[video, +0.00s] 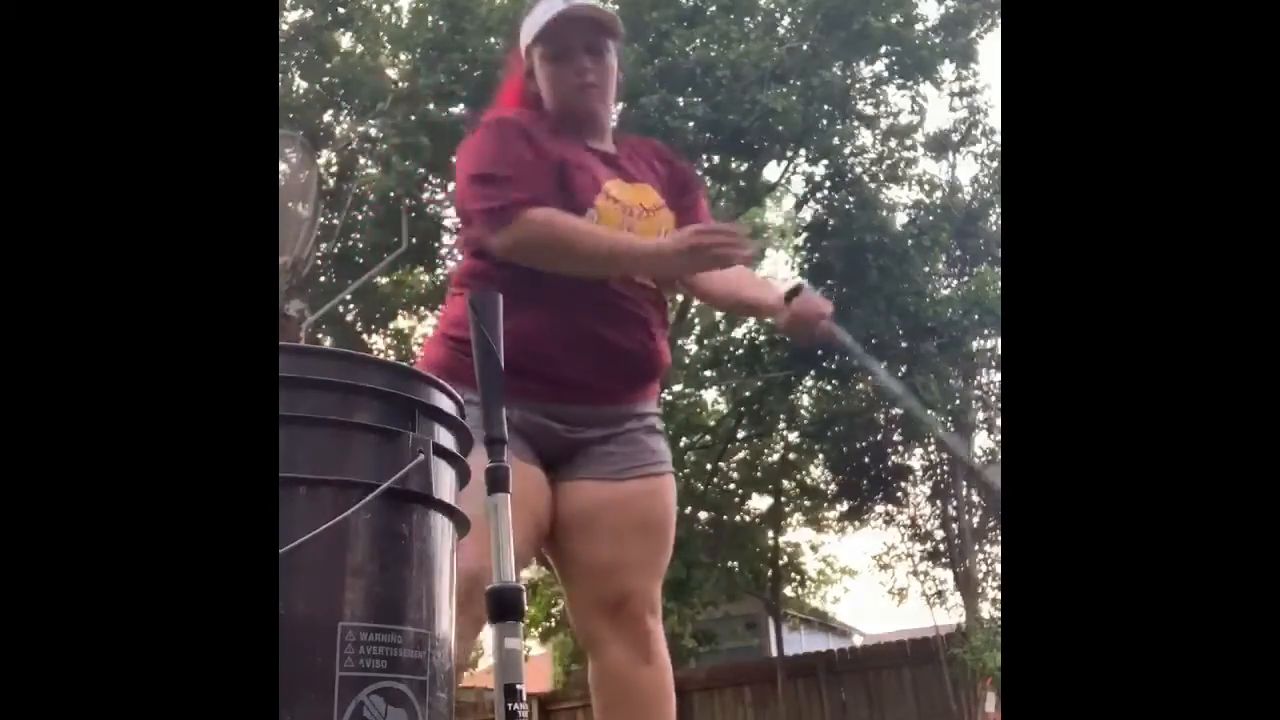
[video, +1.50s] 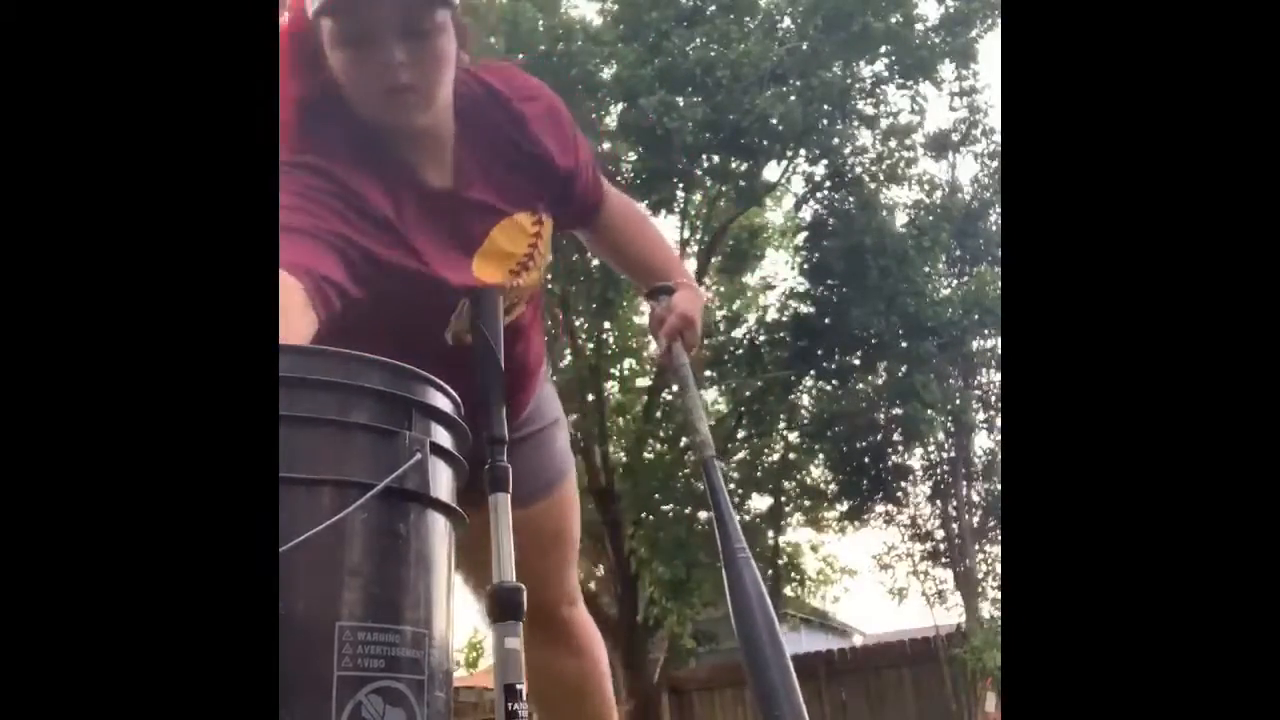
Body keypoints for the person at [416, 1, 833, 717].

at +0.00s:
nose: (584, 66)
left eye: (597, 50)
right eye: (561, 55)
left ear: (620, 63)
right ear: (530, 70)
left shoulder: (662, 167)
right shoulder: (504, 138)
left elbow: (700, 271)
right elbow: (511, 230)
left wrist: (779, 299)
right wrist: (654, 254)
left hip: (620, 423)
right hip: (486, 407)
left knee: (632, 628)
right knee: (473, 578)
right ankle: (405, 706)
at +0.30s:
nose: (504, 17)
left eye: (524, 1)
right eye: (482, 2)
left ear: (555, 17)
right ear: (454, 18)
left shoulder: (612, 127)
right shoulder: (396, 123)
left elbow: (653, 248)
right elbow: (318, 238)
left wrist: (689, 305)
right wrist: (354, 303)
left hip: (586, 419)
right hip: (449, 417)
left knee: (616, 639)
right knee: (424, 632)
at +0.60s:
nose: (390, 28)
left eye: (408, 0)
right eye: (356, 4)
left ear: (442, 4)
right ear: (313, 13)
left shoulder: (513, 82)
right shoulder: (308, 133)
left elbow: (599, 189)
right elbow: (283, 274)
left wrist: (661, 268)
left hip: (513, 386)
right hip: (365, 400)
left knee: (555, 598)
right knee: (344, 618)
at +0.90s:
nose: (384, 48)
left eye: (401, 17)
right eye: (347, 29)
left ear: (438, 17)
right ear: (311, 55)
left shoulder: (501, 81)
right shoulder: (313, 166)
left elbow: (590, 186)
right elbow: (285, 289)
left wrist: (665, 265)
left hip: (507, 382)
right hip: (367, 402)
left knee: (555, 595)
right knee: (344, 614)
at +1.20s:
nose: (427, 22)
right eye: (395, 5)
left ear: (481, 5)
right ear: (354, 26)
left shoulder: (537, 94)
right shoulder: (332, 133)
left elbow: (615, 213)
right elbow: (288, 236)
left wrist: (687, 283)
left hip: (535, 407)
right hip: (390, 419)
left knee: (580, 622)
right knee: (380, 641)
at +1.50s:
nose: (394, 61)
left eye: (417, 31)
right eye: (358, 40)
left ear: (455, 25)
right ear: (323, 50)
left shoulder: (517, 110)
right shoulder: (317, 169)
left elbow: (596, 204)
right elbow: (289, 295)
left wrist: (677, 281)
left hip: (510, 395)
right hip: (369, 408)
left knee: (554, 614)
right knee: (350, 627)